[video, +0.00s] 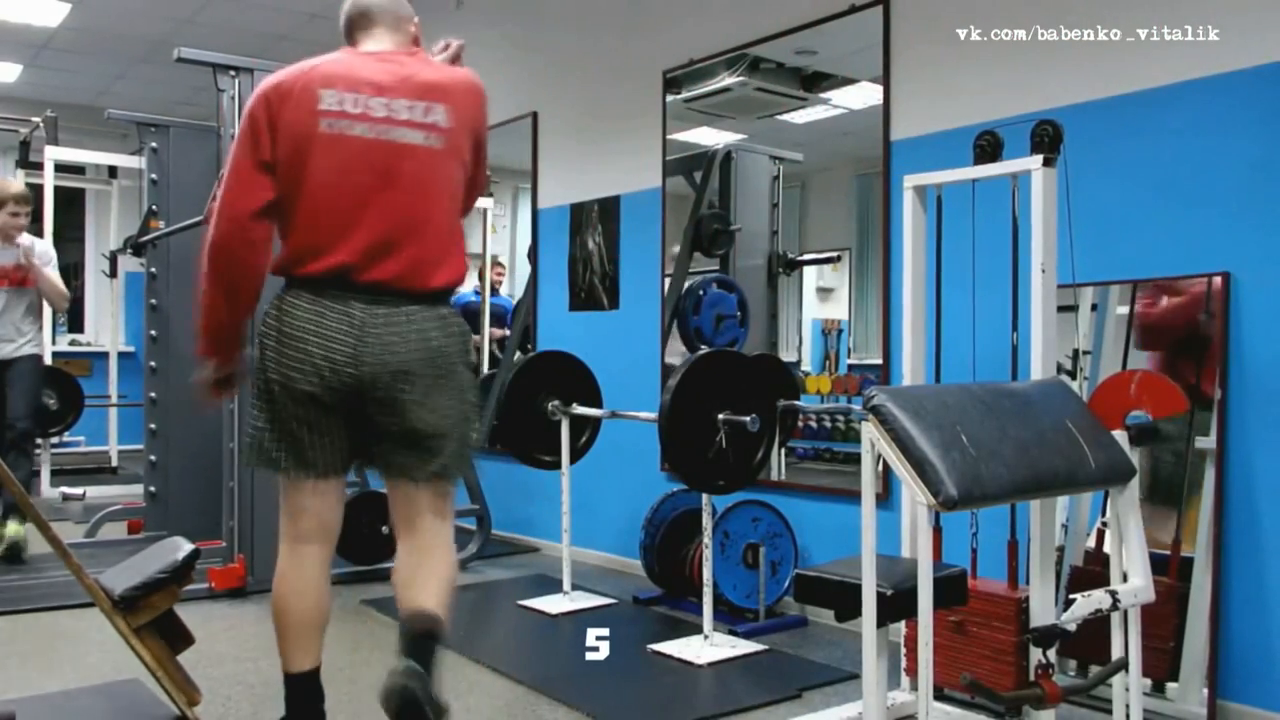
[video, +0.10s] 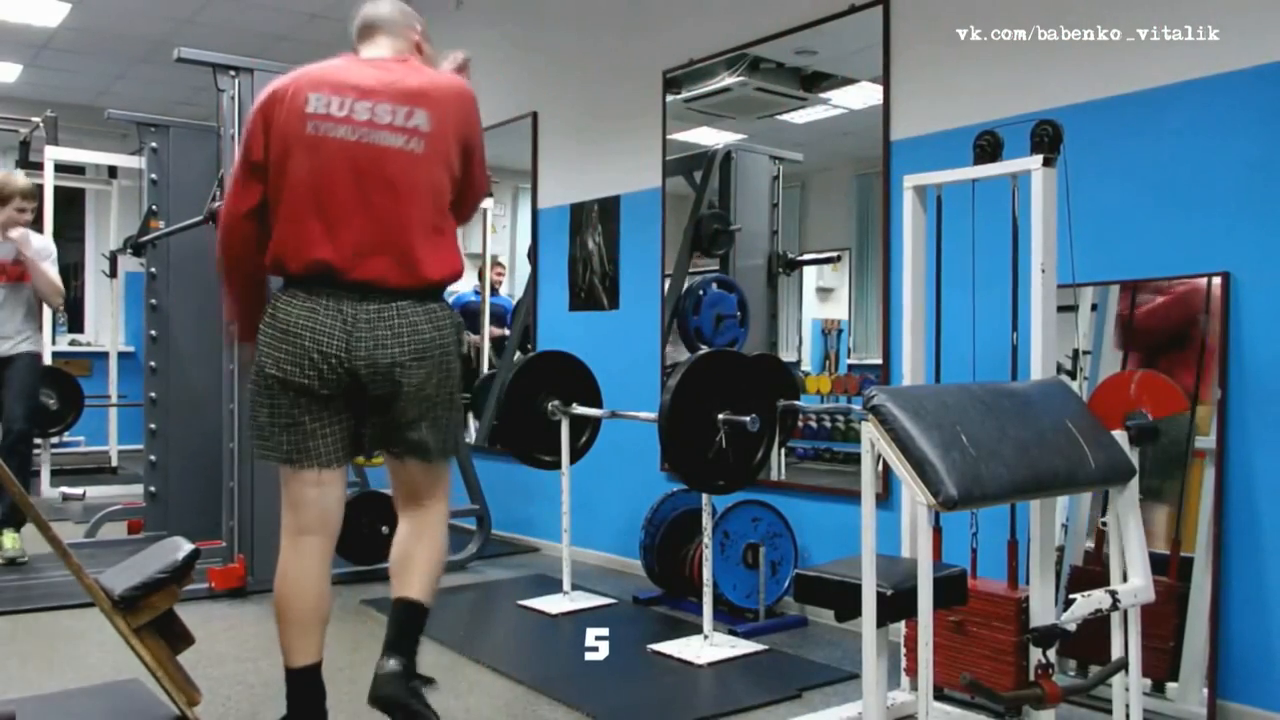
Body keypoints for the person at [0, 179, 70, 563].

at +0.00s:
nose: (19, 220)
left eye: (24, 214)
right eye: (12, 213)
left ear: (30, 216)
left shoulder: (38, 248)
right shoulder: (3, 248)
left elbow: (61, 300)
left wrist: (33, 265)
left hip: (22, 350)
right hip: (5, 351)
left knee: (19, 428)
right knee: (10, 433)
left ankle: (14, 517)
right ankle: (8, 518)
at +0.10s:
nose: (25, 217)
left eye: (30, 211)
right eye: (18, 210)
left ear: (34, 212)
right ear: (2, 210)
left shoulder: (37, 244)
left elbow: (56, 298)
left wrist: (28, 254)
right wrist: (23, 254)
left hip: (20, 348)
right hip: (6, 350)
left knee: (16, 429)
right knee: (11, 432)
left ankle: (11, 526)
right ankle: (8, 526)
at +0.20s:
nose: (22, 207)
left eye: (26, 201)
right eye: (16, 200)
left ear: (31, 203)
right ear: (1, 201)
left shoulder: (36, 236)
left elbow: (50, 290)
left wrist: (20, 245)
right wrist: (17, 245)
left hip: (20, 344)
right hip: (5, 346)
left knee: (15, 431)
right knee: (11, 433)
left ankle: (10, 527)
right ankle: (8, 527)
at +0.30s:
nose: (12, 201)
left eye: (18, 195)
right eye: (7, 194)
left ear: (26, 196)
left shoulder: (33, 227)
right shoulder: (9, 228)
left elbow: (41, 280)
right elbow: (37, 278)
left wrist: (10, 240)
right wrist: (13, 242)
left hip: (18, 345)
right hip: (6, 346)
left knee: (14, 437)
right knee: (10, 437)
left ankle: (10, 528)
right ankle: (8, 528)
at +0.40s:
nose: (5, 192)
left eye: (10, 184)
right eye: (1, 184)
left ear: (19, 185)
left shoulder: (28, 223)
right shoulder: (14, 224)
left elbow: (31, 274)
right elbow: (29, 271)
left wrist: (2, 239)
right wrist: (12, 243)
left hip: (14, 345)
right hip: (7, 346)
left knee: (11, 437)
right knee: (9, 438)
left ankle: (9, 528)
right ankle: (7, 528)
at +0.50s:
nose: (0, 185)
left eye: (2, 179)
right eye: (2, 178)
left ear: (5, 182)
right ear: (6, 182)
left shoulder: (19, 225)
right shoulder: (17, 226)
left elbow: (15, 275)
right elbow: (16, 275)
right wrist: (8, 252)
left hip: (10, 348)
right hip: (8, 349)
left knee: (8, 440)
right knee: (7, 440)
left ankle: (8, 528)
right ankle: (6, 529)